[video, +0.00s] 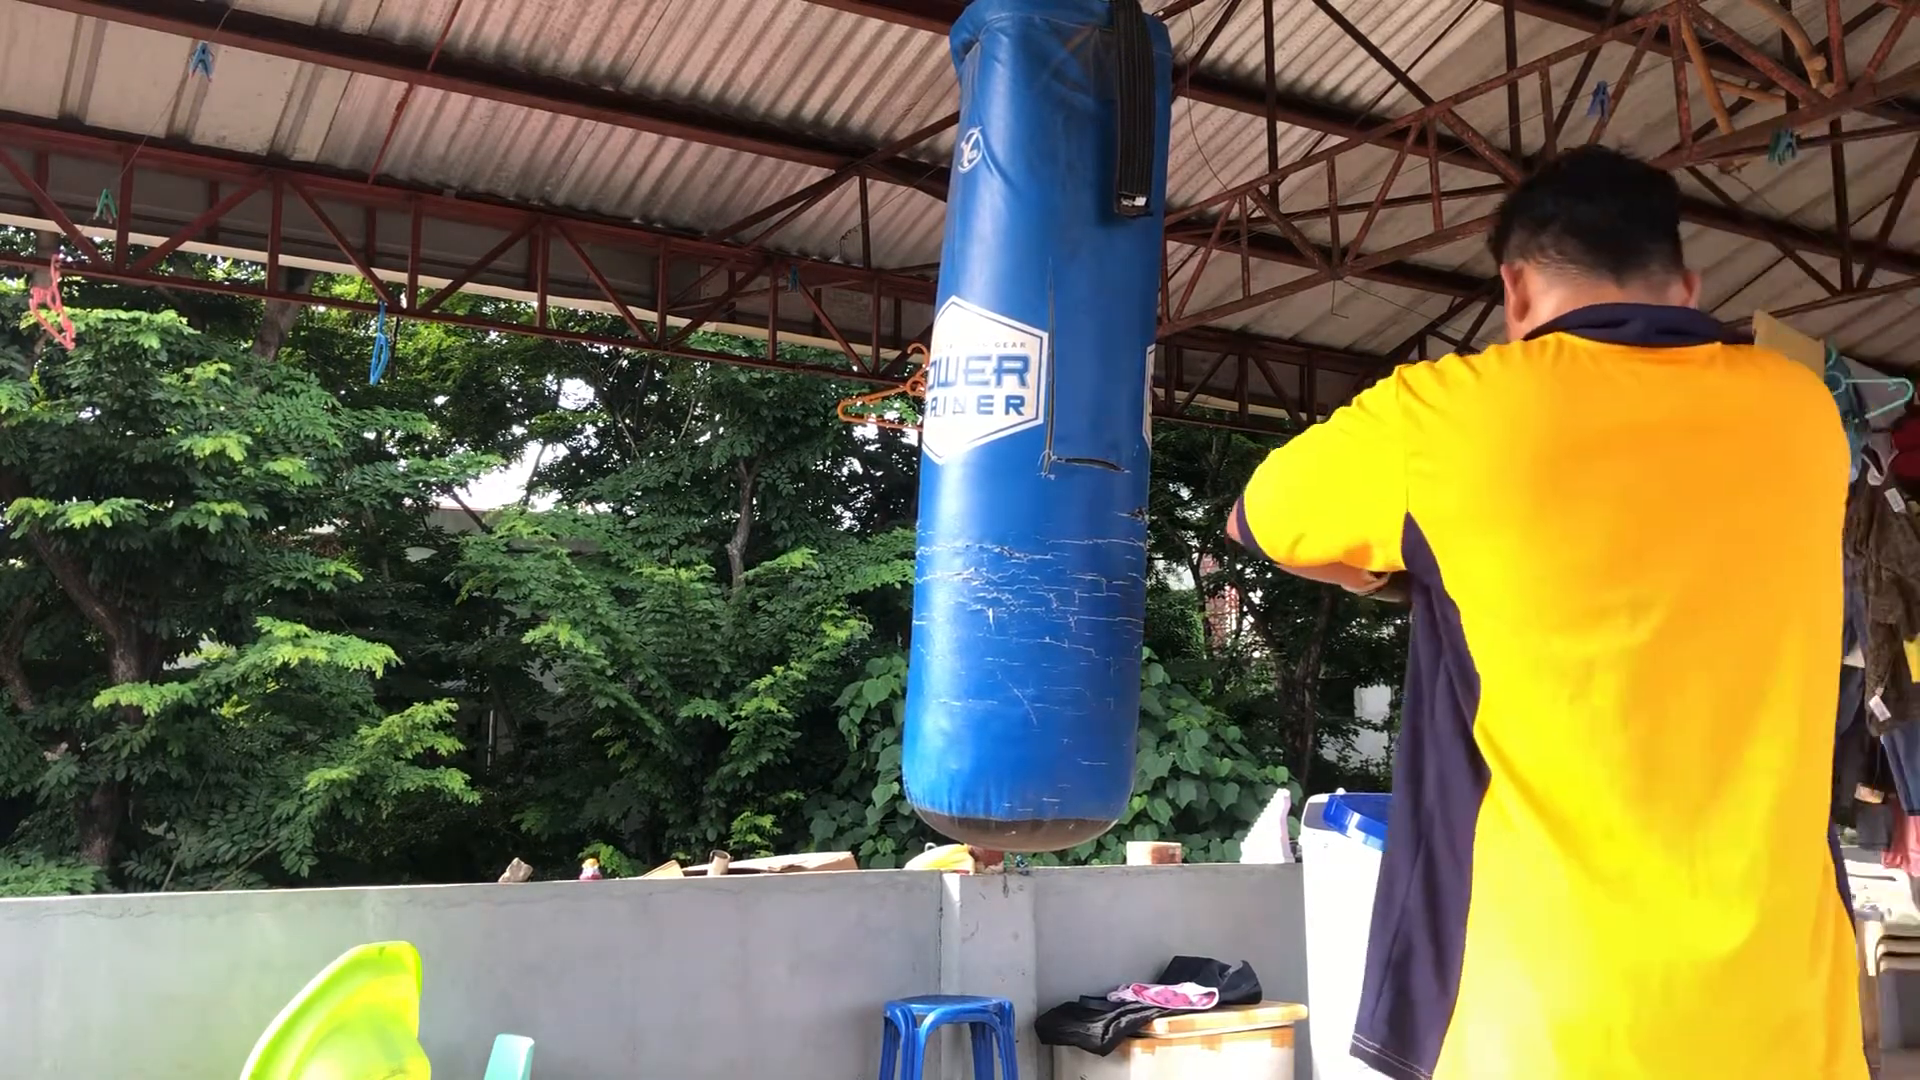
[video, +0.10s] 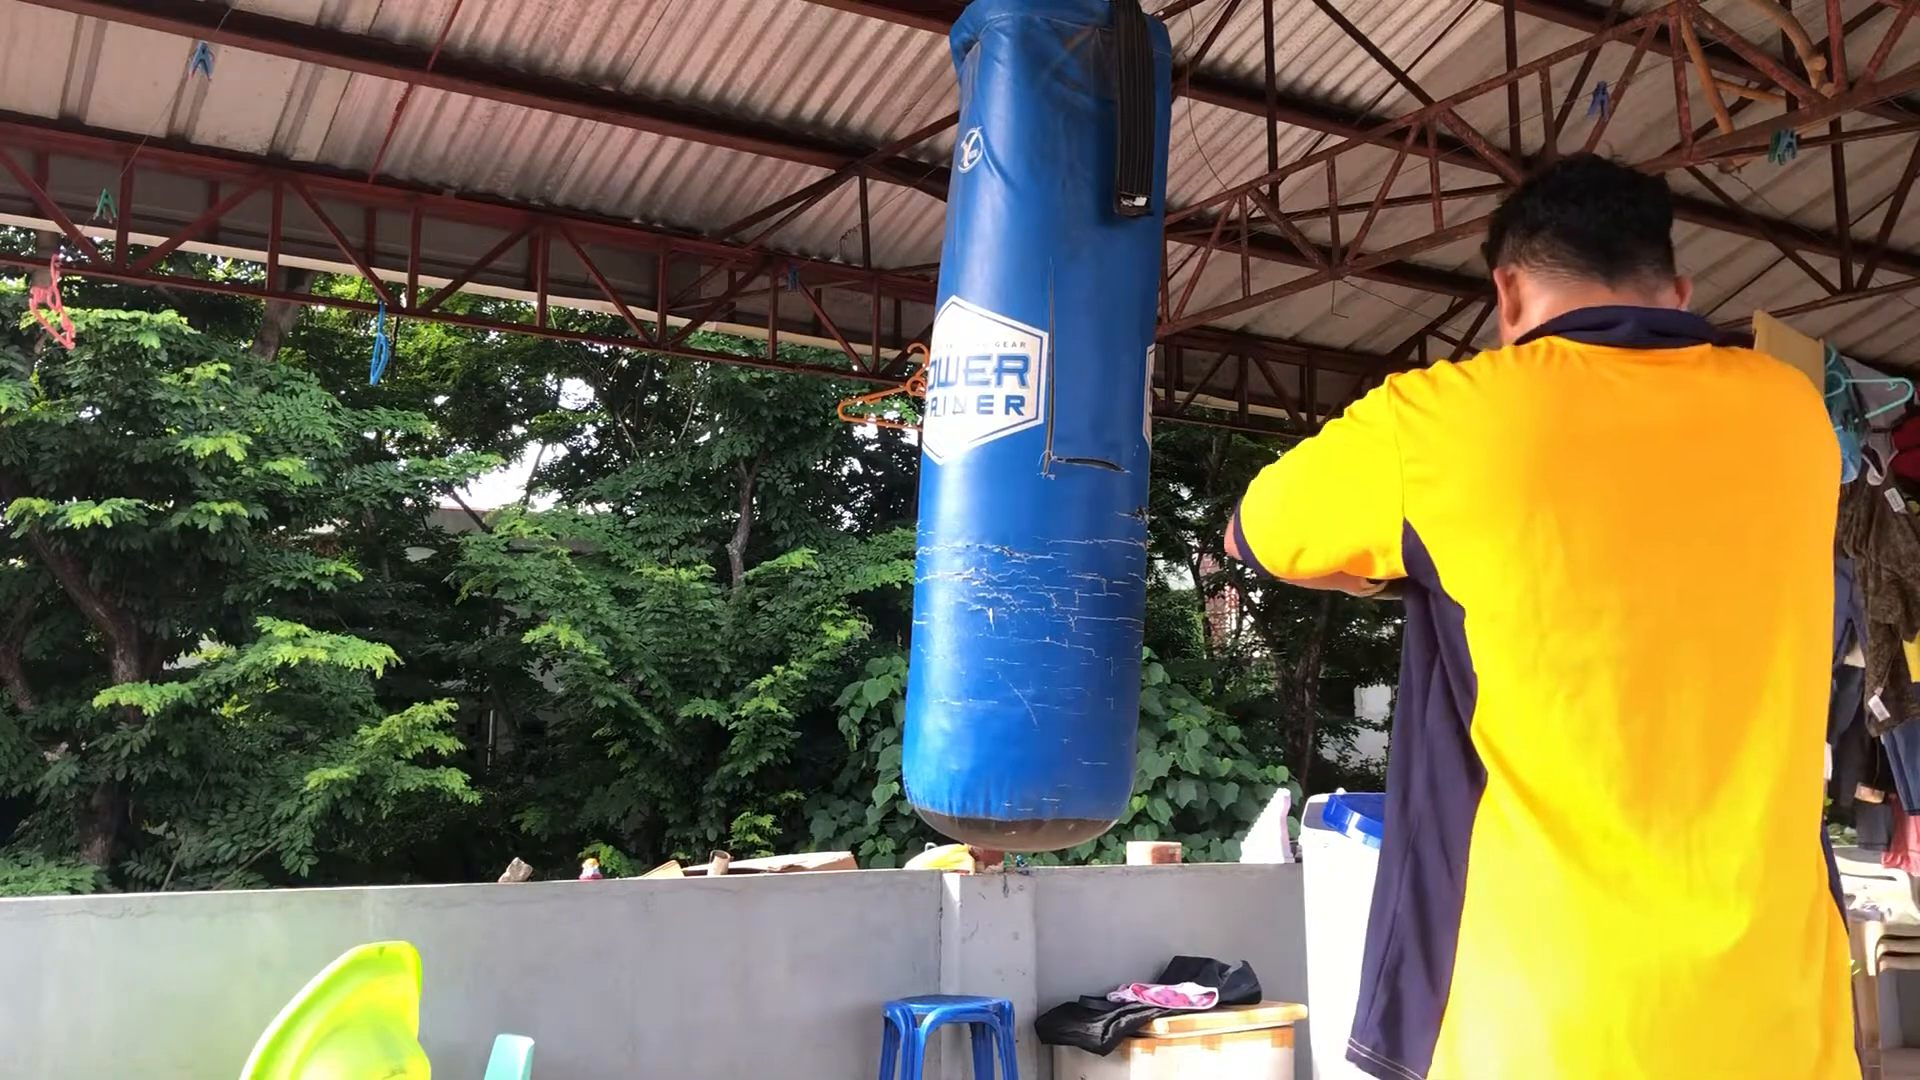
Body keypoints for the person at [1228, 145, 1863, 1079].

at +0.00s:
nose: (1501, 330)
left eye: (1497, 313)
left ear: (1517, 297)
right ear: (1689, 294)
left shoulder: (1443, 408)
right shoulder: (1806, 410)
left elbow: (1269, 521)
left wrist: (1437, 555)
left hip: (1533, 1029)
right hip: (1789, 1020)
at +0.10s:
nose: (1497, 333)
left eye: (1493, 315)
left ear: (1512, 299)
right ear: (1682, 295)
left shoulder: (1440, 415)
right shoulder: (1799, 415)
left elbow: (1267, 536)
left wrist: (1445, 546)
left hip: (1528, 1026)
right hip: (1781, 1016)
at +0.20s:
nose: (1505, 340)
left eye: (1501, 322)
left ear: (1520, 305)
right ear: (1687, 301)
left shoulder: (1455, 416)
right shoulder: (1804, 422)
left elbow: (1284, 542)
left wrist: (1453, 543)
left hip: (1538, 1026)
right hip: (1783, 1017)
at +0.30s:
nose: (1514, 345)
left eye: (1512, 323)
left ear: (1536, 305)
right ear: (1697, 306)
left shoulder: (1473, 414)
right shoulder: (1816, 427)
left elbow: (1300, 539)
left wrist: (1435, 582)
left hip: (1547, 1030)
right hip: (1789, 1022)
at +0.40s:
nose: (1542, 349)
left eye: (1540, 328)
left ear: (1568, 308)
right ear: (1724, 315)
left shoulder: (1503, 415)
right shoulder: (1845, 438)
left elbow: (1328, 556)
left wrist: (1445, 637)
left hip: (1568, 1025)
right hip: (1800, 1023)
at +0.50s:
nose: (1570, 355)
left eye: (1568, 329)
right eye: (1567, 333)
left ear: (1605, 307)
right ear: (1739, 312)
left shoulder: (1557, 414)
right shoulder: (1873, 445)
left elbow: (1367, 581)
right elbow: (1895, 674)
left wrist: (1457, 655)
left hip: (1604, 1019)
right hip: (1827, 1018)